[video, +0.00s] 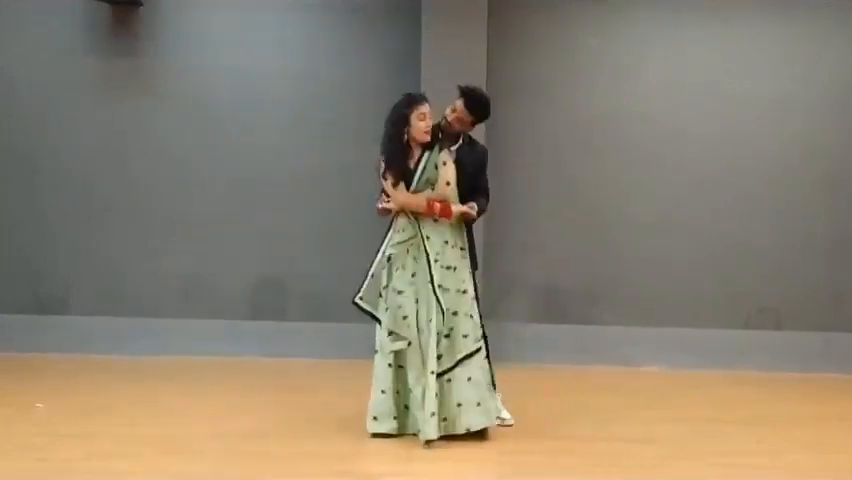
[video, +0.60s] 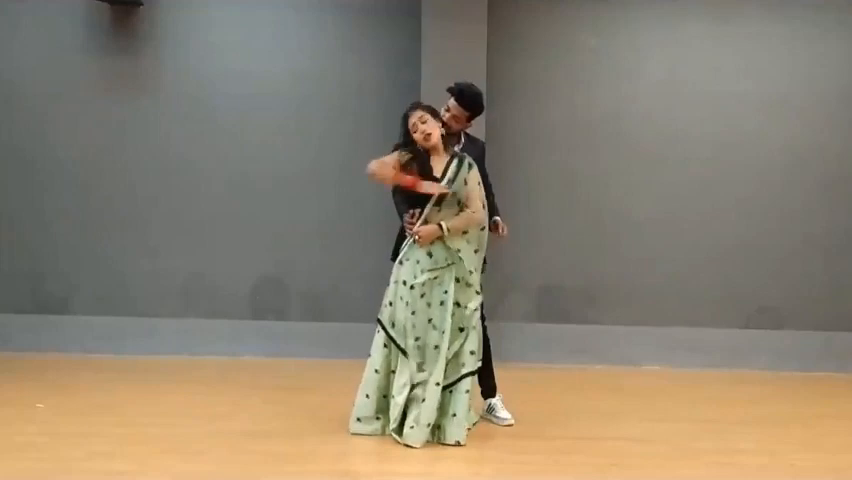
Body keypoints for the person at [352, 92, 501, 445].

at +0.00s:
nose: (429, 124)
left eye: (430, 117)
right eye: (421, 118)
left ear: (433, 123)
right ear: (403, 126)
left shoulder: (442, 159)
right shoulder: (391, 164)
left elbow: (449, 199)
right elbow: (398, 203)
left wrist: (405, 198)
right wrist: (439, 206)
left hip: (442, 257)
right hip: (406, 257)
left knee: (447, 332)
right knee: (407, 333)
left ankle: (450, 414)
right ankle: (411, 414)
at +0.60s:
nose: (423, 130)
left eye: (425, 122)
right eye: (415, 129)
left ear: (440, 122)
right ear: (413, 138)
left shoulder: (465, 167)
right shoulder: (412, 160)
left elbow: (478, 214)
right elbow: (375, 169)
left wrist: (439, 228)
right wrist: (420, 184)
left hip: (451, 267)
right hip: (414, 263)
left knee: (444, 340)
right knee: (407, 336)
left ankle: (439, 418)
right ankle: (402, 415)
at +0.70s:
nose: (409, 132)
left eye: (413, 124)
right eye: (407, 127)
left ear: (434, 122)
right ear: (415, 132)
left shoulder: (465, 162)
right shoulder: (414, 158)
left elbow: (479, 214)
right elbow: (369, 156)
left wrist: (436, 229)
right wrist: (382, 182)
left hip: (452, 267)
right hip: (415, 263)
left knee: (445, 341)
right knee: (405, 337)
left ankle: (436, 419)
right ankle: (399, 415)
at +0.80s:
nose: (404, 131)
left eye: (408, 123)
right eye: (404, 125)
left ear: (426, 121)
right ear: (420, 125)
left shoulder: (461, 158)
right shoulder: (420, 158)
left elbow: (469, 210)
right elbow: (379, 156)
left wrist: (428, 225)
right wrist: (354, 169)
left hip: (449, 266)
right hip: (416, 263)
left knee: (447, 339)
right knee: (407, 337)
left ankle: (441, 418)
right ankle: (401, 414)